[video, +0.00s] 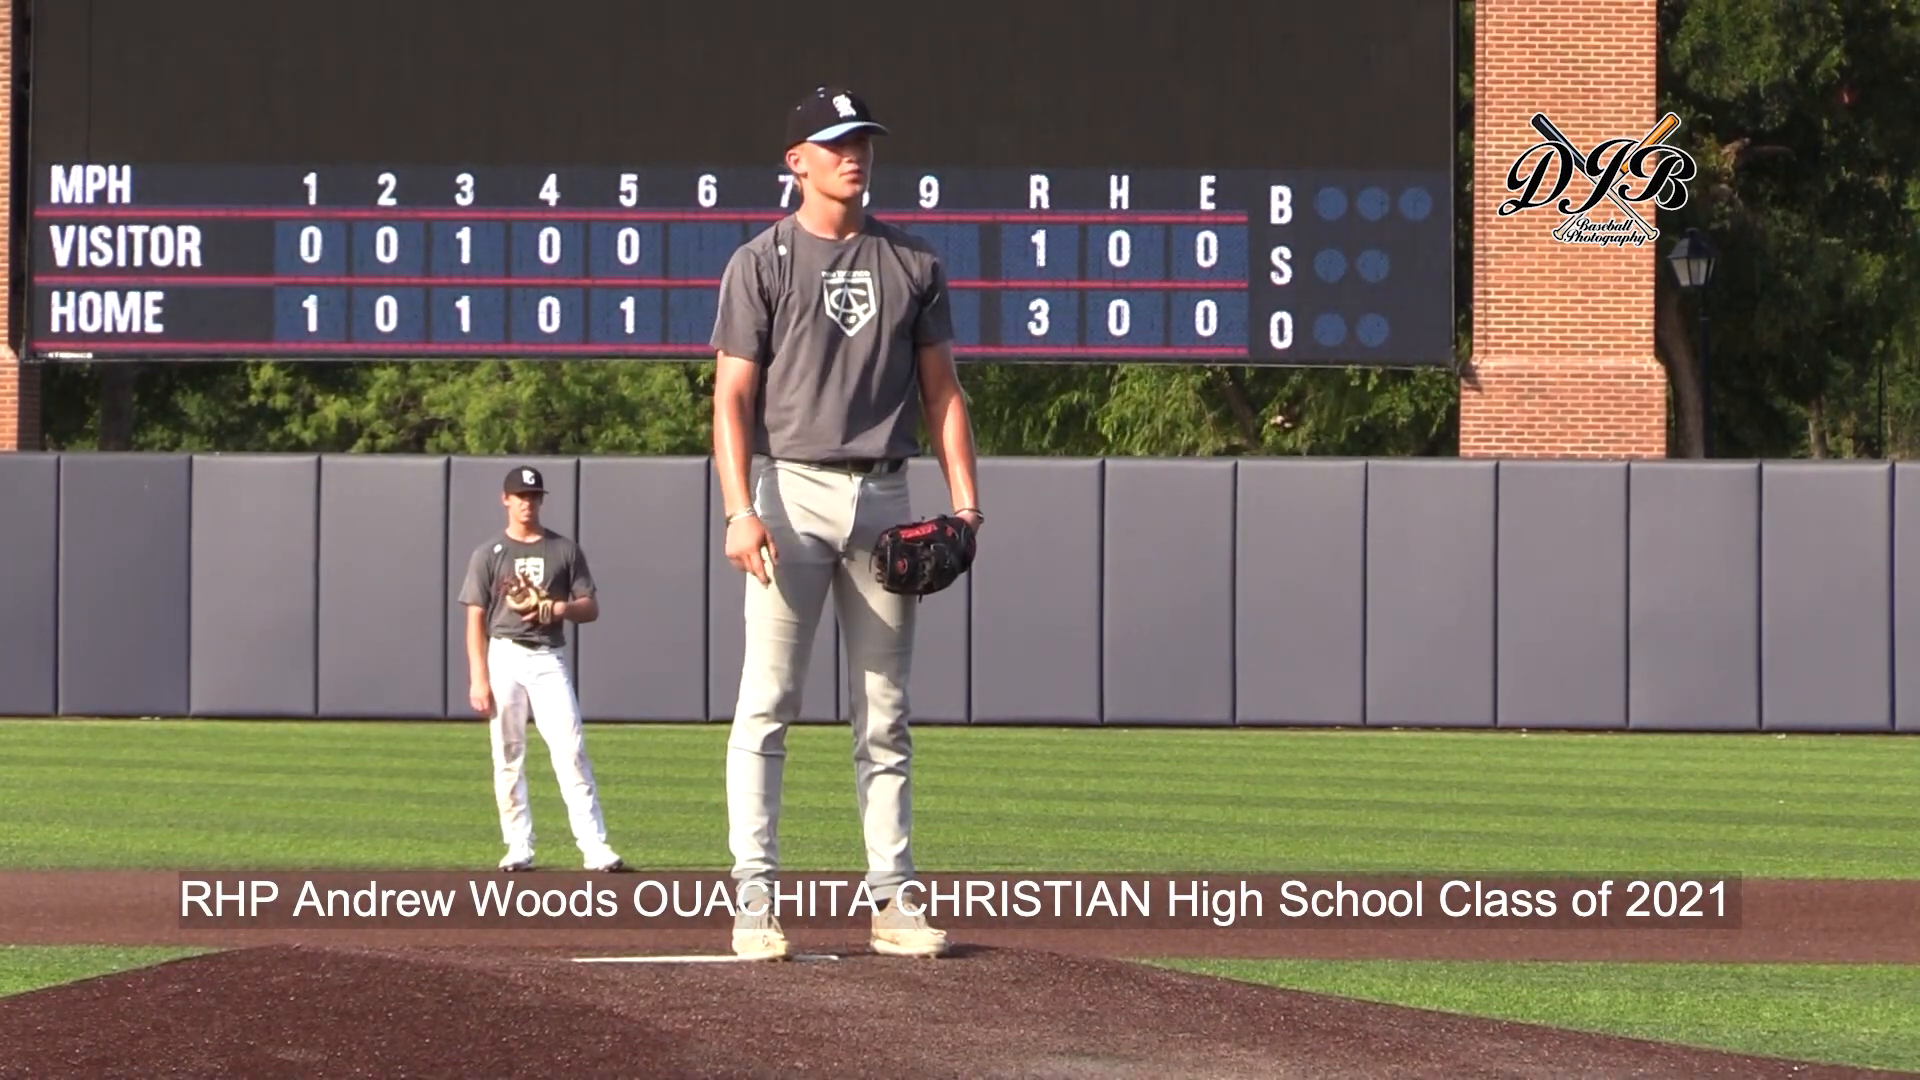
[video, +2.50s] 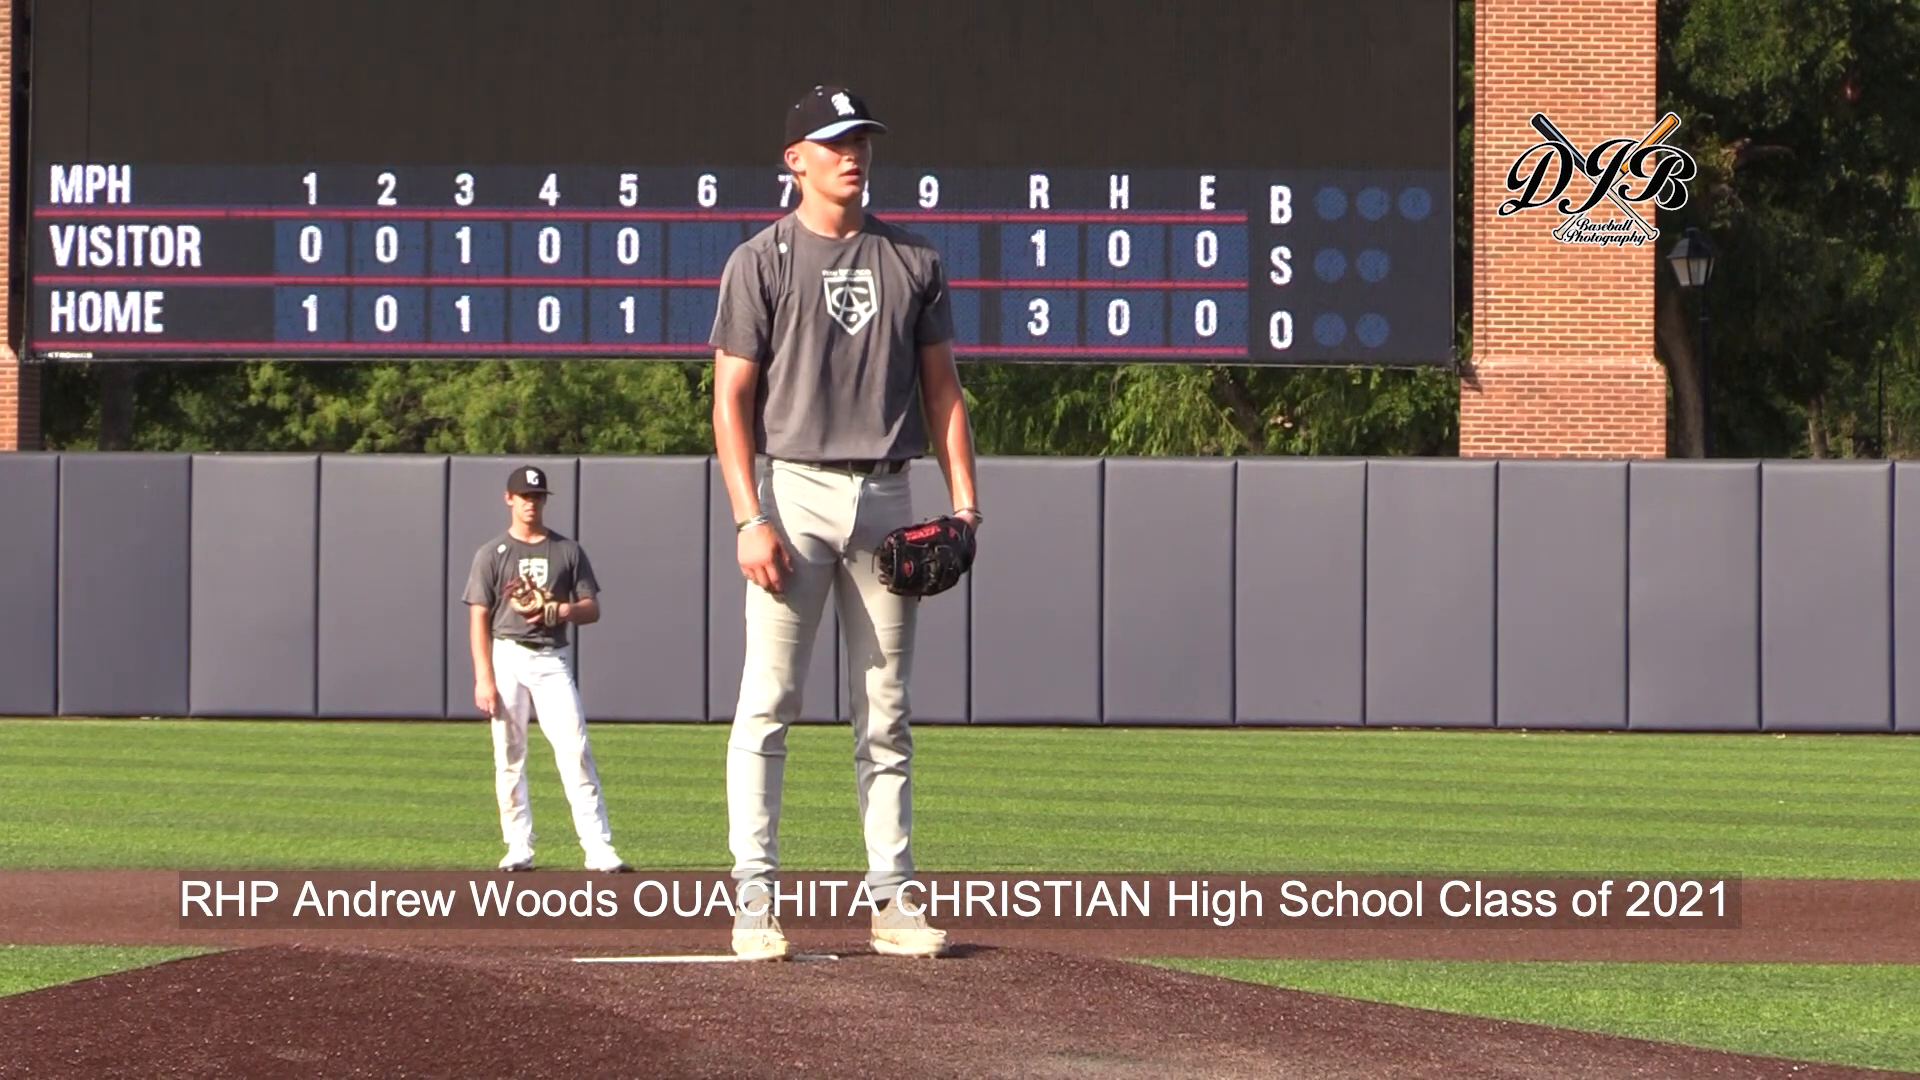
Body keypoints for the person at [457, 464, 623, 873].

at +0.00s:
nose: (528, 503)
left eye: (534, 497)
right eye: (521, 497)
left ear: (543, 500)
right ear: (506, 500)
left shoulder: (566, 550)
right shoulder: (487, 555)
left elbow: (589, 609)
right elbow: (476, 621)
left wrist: (557, 607)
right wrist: (479, 680)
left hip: (549, 657)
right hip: (502, 655)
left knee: (572, 750)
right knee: (508, 756)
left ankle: (596, 850)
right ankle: (519, 849)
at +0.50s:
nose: (534, 504)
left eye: (540, 497)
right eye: (527, 497)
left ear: (548, 500)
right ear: (511, 500)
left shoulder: (571, 550)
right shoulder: (492, 555)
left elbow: (593, 608)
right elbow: (480, 622)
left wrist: (560, 610)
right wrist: (484, 680)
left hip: (552, 658)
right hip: (505, 656)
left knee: (576, 749)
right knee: (509, 756)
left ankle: (599, 852)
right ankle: (519, 850)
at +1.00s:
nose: (537, 504)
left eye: (543, 497)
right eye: (529, 497)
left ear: (551, 500)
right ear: (515, 499)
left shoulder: (573, 551)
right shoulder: (495, 555)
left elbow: (595, 610)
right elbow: (482, 622)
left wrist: (564, 612)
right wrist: (486, 679)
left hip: (555, 660)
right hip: (508, 657)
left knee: (579, 749)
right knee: (510, 756)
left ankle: (600, 852)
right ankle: (519, 850)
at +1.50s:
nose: (535, 504)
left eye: (541, 497)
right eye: (528, 497)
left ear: (549, 500)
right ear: (513, 499)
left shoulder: (571, 552)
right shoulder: (493, 555)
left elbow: (592, 611)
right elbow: (480, 621)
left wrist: (560, 612)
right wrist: (485, 679)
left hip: (553, 659)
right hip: (506, 657)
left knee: (577, 749)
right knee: (509, 756)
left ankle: (600, 851)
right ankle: (518, 850)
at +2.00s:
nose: (532, 504)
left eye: (538, 497)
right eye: (525, 497)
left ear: (547, 500)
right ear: (510, 500)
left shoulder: (569, 551)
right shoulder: (491, 555)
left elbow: (591, 610)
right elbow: (479, 622)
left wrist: (559, 611)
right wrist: (484, 679)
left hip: (552, 658)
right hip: (505, 656)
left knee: (576, 749)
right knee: (509, 757)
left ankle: (599, 851)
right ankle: (519, 850)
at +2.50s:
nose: (532, 504)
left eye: (538, 497)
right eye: (525, 497)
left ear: (546, 500)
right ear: (509, 500)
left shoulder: (569, 551)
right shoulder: (491, 555)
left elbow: (591, 610)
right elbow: (479, 620)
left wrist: (558, 609)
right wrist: (483, 678)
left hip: (552, 658)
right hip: (505, 657)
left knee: (576, 750)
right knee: (509, 757)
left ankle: (600, 852)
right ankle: (519, 851)